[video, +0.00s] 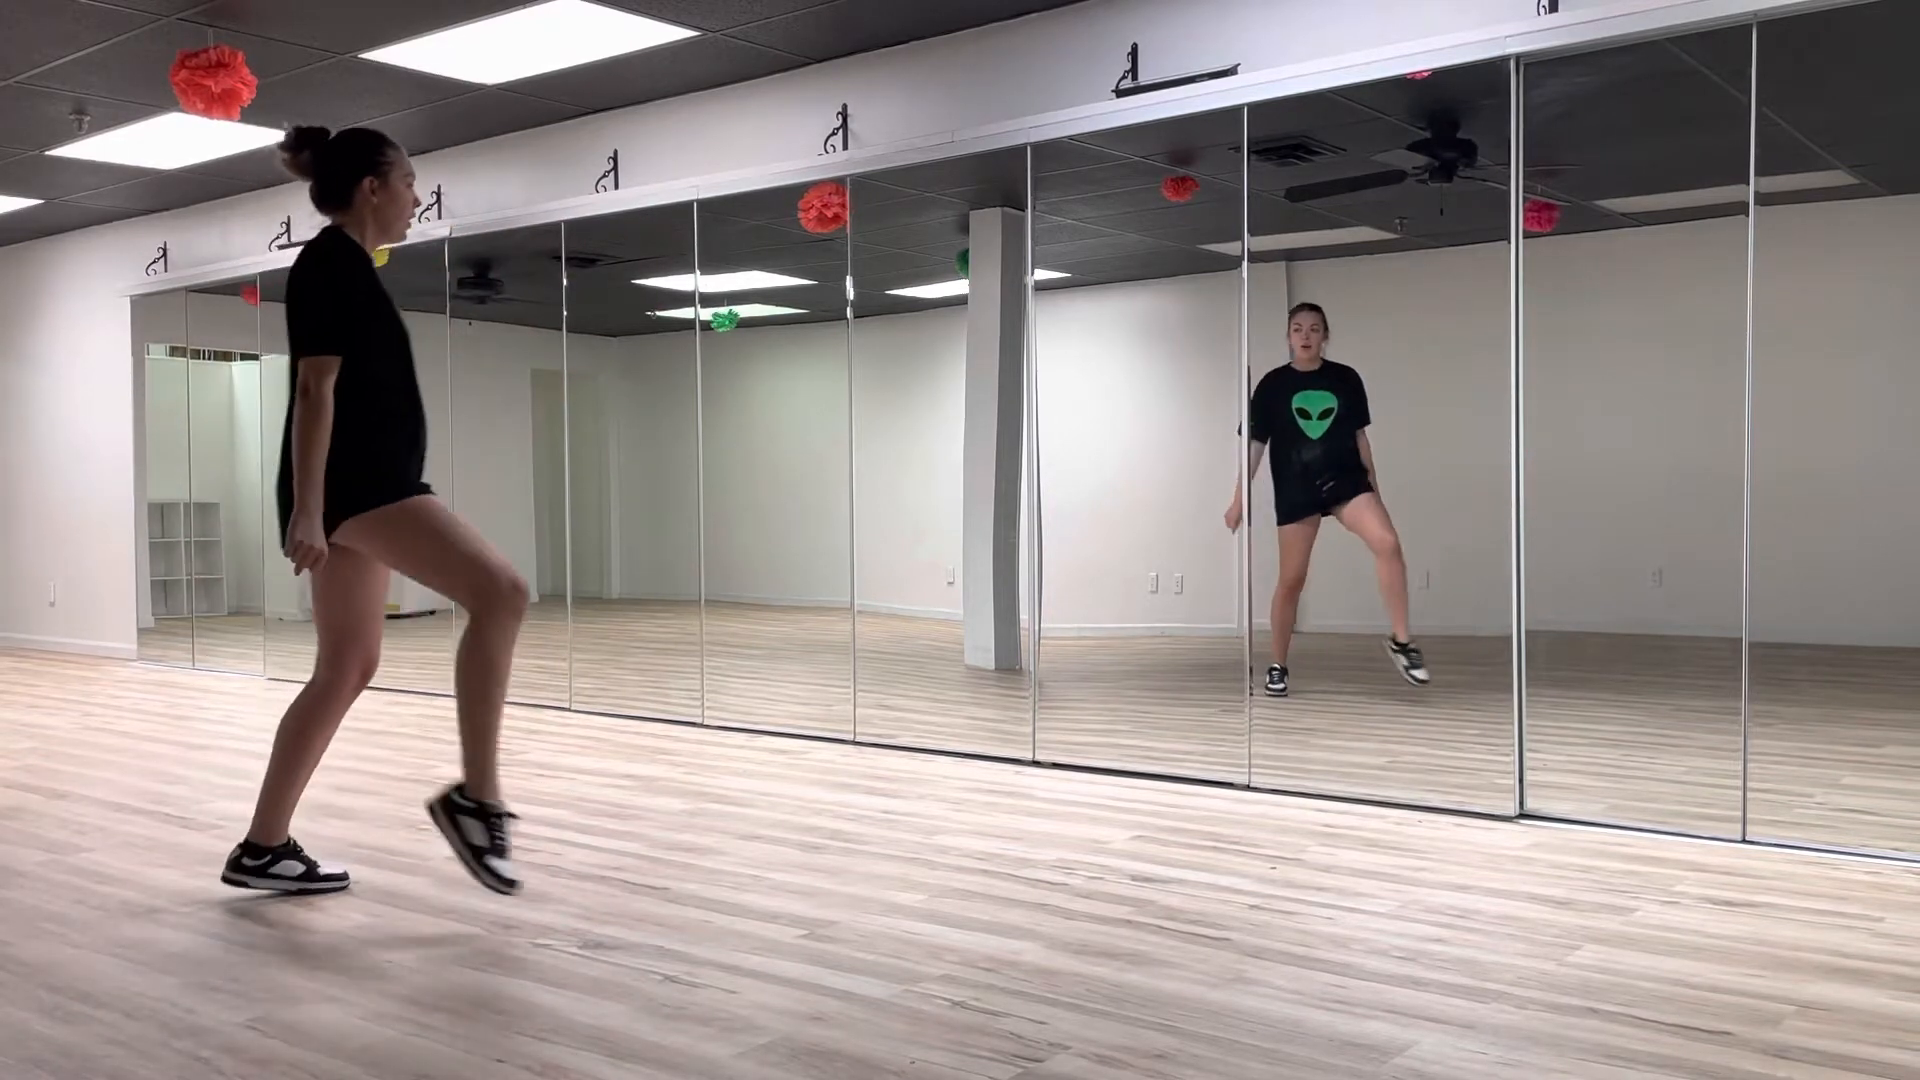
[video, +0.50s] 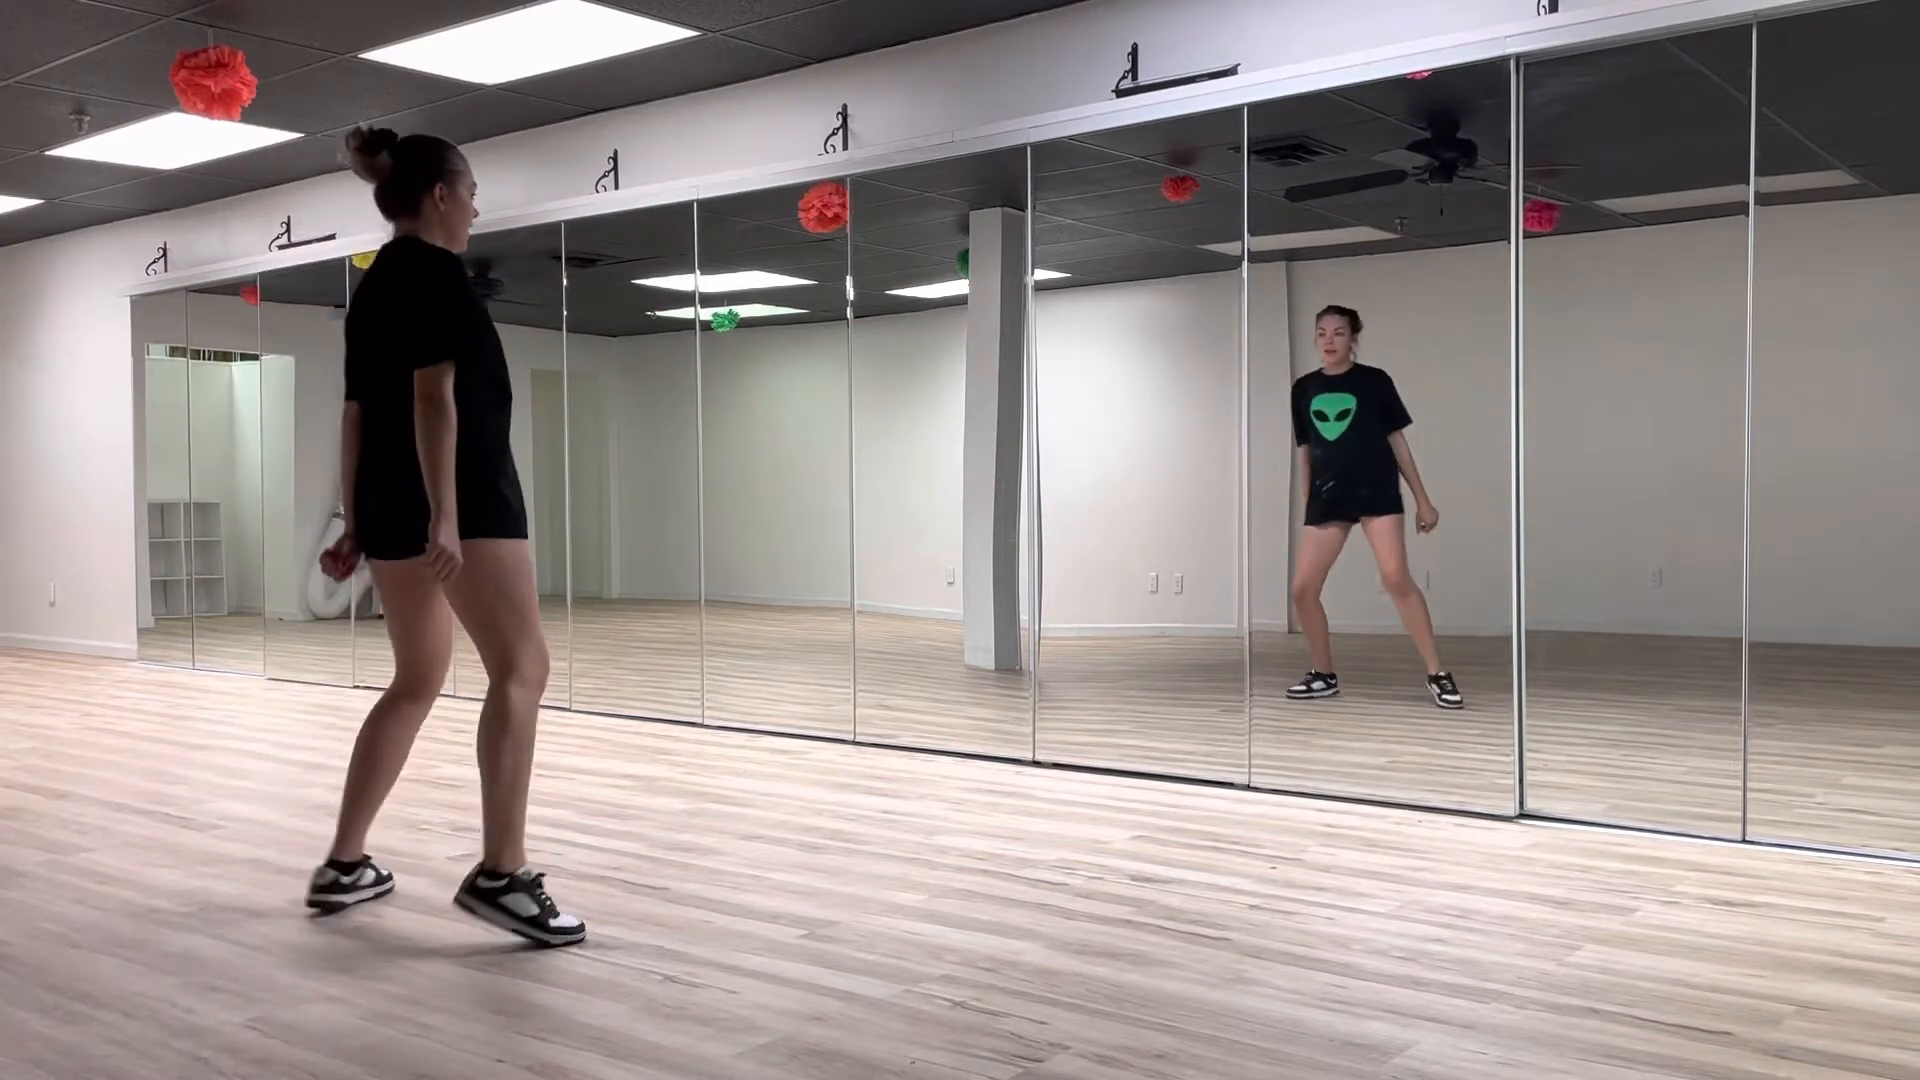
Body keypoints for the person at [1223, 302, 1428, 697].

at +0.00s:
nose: (1306, 335)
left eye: (1314, 329)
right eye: (1298, 329)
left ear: (1325, 336)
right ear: (1287, 336)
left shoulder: (1346, 378)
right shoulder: (1272, 384)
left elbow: (1360, 437)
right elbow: (1255, 446)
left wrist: (1372, 488)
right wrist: (1238, 498)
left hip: (1345, 482)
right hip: (1296, 489)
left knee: (1388, 544)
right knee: (1290, 582)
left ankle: (1402, 641)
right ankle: (1278, 665)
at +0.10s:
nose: (1320, 332)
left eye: (1328, 326)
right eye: (1313, 326)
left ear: (1340, 334)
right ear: (1303, 333)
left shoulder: (1359, 375)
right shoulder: (1286, 381)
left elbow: (1370, 436)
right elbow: (1272, 449)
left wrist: (1377, 482)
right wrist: (1261, 505)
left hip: (1365, 480)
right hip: (1313, 489)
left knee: (1401, 560)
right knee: (1298, 580)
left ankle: (1430, 658)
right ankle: (1281, 665)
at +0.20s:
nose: (1335, 344)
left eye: (1343, 338)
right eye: (1327, 338)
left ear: (1355, 346)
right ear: (1318, 346)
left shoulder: (1375, 388)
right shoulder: (1301, 396)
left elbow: (1383, 445)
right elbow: (1292, 458)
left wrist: (1398, 497)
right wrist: (1285, 512)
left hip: (1386, 495)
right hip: (1335, 502)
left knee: (1413, 581)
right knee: (1303, 592)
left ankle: (1437, 677)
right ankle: (1285, 665)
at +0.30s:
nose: (1343, 355)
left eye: (1351, 349)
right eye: (1336, 349)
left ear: (1365, 356)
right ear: (1327, 358)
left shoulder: (1387, 398)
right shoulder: (1315, 406)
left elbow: (1399, 459)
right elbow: (1309, 471)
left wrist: (1408, 510)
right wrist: (1302, 529)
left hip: (1400, 505)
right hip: (1348, 512)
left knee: (1421, 588)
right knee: (1308, 599)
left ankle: (1435, 680)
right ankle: (1289, 664)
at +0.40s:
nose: (1340, 350)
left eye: (1349, 343)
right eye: (1333, 344)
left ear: (1363, 350)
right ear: (1326, 350)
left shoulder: (1386, 391)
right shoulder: (1314, 400)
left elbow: (1408, 455)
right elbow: (1313, 464)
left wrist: (1427, 512)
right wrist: (1312, 521)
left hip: (1397, 502)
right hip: (1344, 506)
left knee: (1415, 585)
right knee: (1306, 595)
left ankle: (1435, 679)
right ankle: (1308, 668)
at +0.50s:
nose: (1329, 339)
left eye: (1338, 333)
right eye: (1323, 333)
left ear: (1353, 339)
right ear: (1315, 339)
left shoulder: (1375, 380)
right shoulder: (1304, 388)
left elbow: (1398, 443)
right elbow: (1305, 453)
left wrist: (1422, 500)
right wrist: (1309, 505)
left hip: (1378, 492)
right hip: (1329, 496)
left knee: (1396, 579)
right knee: (1304, 588)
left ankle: (1436, 675)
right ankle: (1323, 675)